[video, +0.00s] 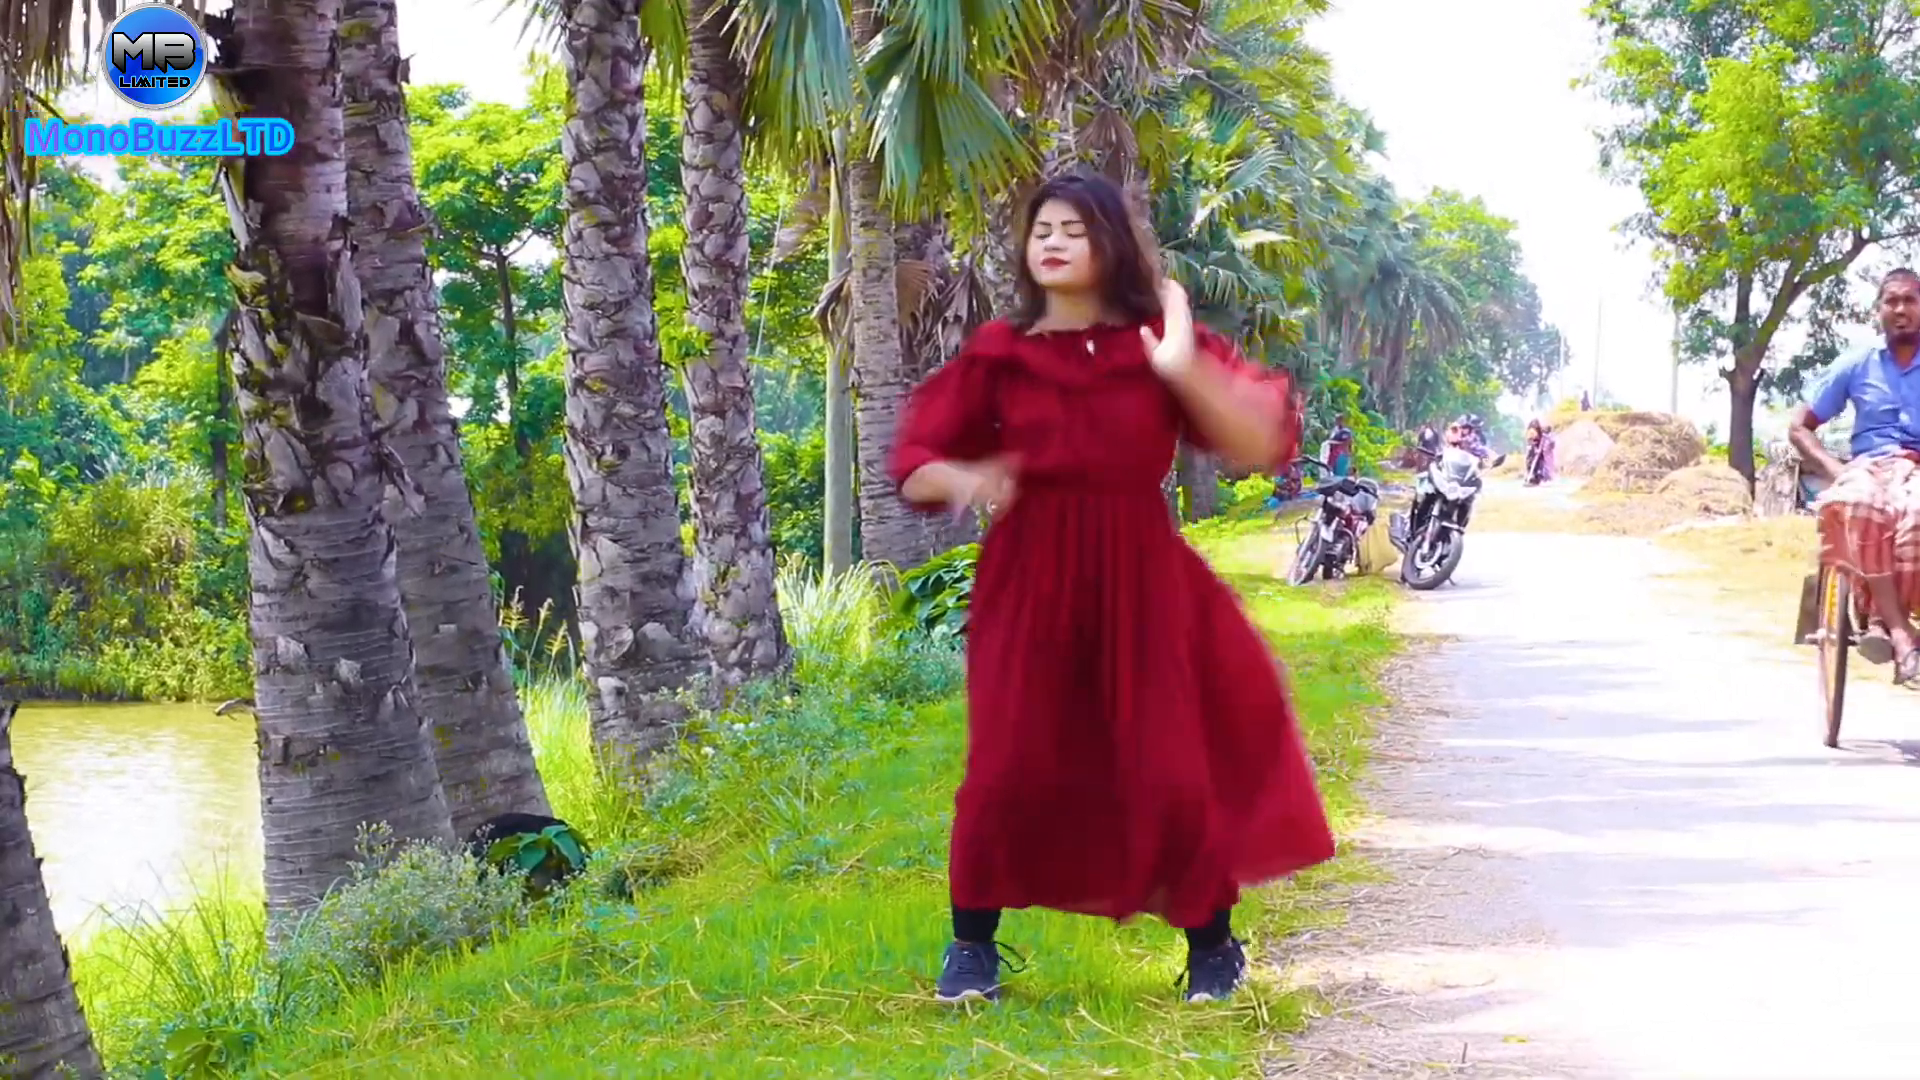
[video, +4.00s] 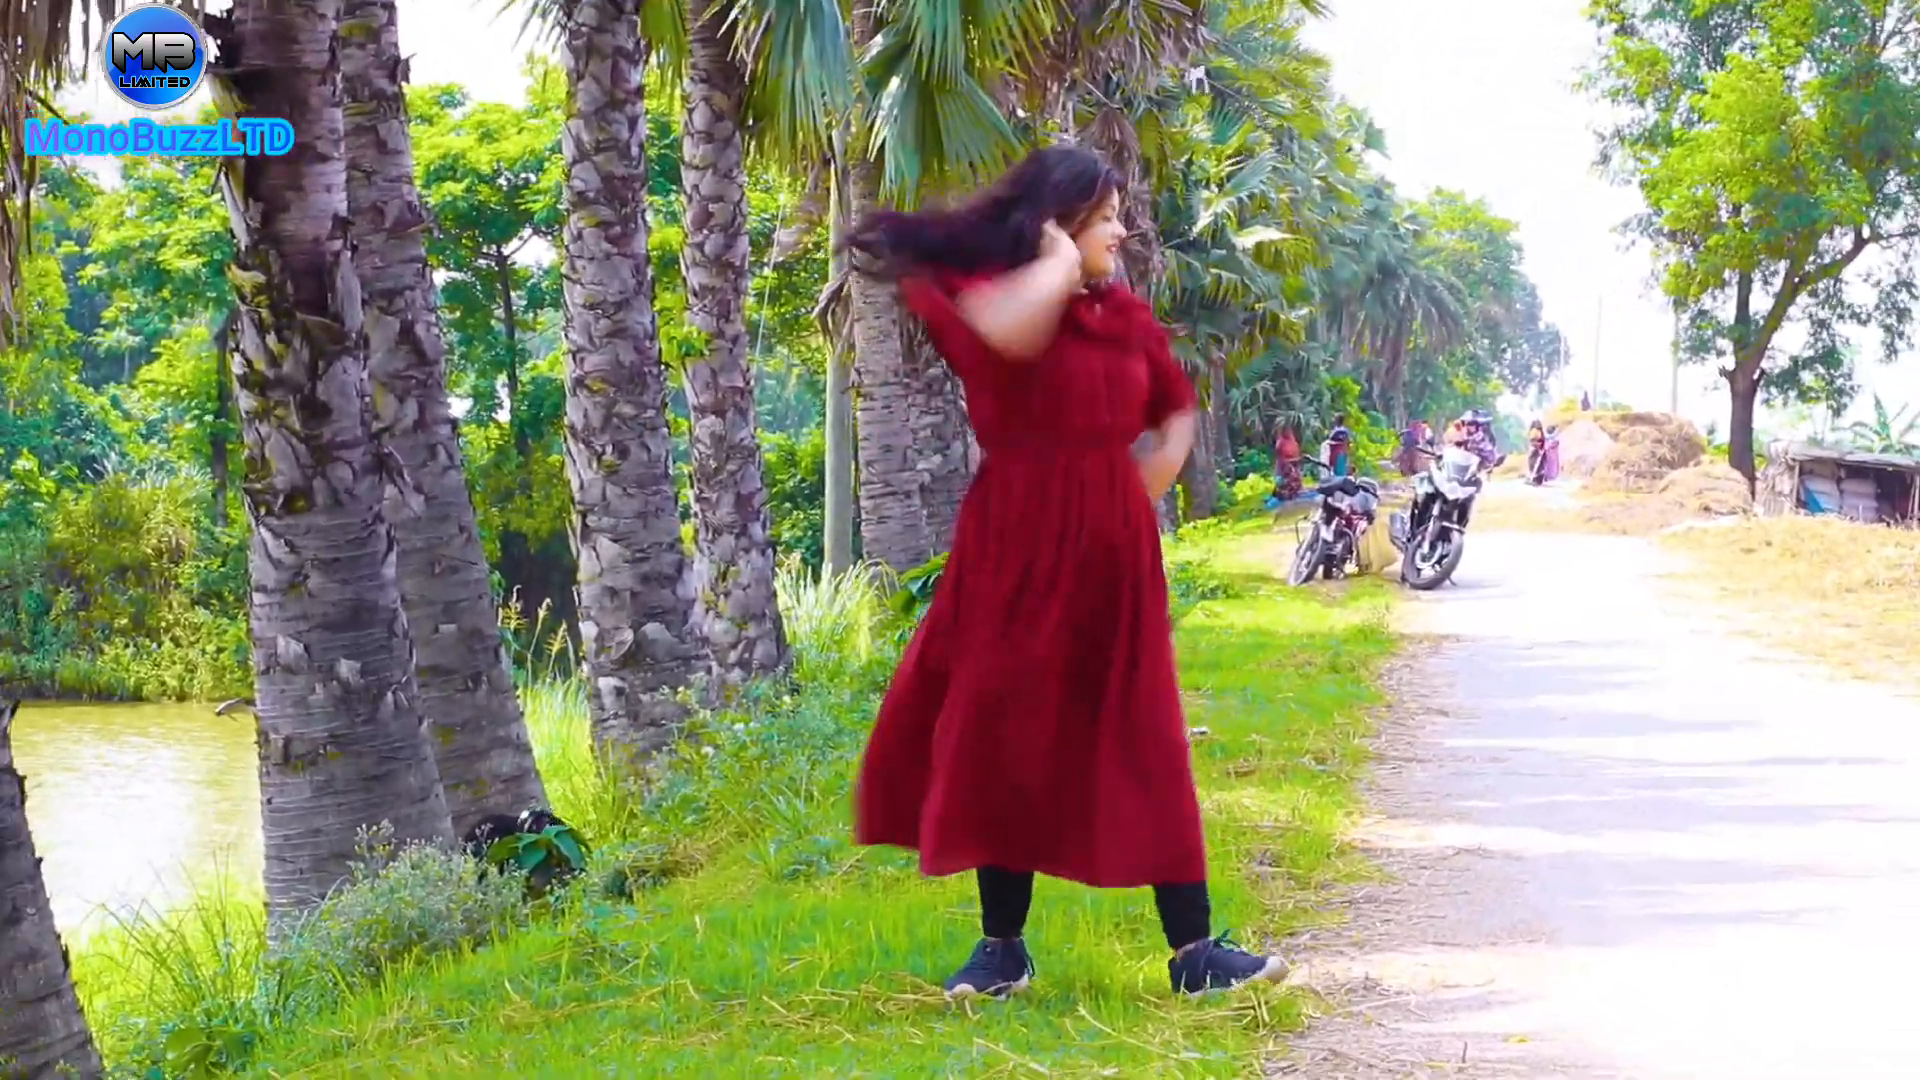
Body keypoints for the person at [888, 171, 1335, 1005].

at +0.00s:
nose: (1056, 243)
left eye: (1076, 230)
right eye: (1043, 231)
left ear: (1116, 248)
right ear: (1026, 251)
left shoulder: (1165, 345)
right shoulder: (998, 351)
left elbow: (1266, 439)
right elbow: (913, 463)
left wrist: (1184, 369)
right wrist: (965, 479)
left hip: (1141, 569)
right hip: (1030, 573)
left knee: (1170, 759)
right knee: (1002, 763)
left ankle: (1213, 948)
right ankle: (971, 948)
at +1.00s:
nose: (1137, 225)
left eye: (1156, 213)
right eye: (1125, 220)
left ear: (1199, 232)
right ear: (1115, 249)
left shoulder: (1248, 322)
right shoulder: (1092, 346)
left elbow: (1339, 397)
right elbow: (1049, 452)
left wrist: (1246, 335)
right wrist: (1044, 496)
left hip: (1211, 556)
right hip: (1101, 553)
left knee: (1213, 747)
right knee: (1034, 736)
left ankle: (1221, 955)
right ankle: (989, 928)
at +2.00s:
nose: (1133, 215)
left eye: (1139, 203)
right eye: (1116, 198)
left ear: (1142, 220)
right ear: (1060, 206)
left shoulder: (1162, 304)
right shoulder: (1008, 295)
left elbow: (1240, 387)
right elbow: (914, 301)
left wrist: (1216, 432)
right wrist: (1016, 255)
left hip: (1149, 533)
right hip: (1039, 532)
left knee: (1197, 721)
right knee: (1029, 729)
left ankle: (1210, 941)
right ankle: (1015, 949)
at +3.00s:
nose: (1141, 213)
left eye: (1159, 199)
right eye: (1144, 199)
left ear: (1210, 210)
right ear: (1164, 215)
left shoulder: (1249, 296)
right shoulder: (1144, 305)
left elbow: (1333, 276)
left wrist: (1232, 228)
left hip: (1225, 539)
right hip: (1134, 537)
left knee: (1231, 734)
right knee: (1100, 726)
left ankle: (1249, 957)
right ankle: (1055, 937)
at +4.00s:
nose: (1121, 236)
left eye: (1120, 220)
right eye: (1109, 221)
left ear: (1079, 229)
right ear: (1056, 226)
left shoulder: (1124, 310)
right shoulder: (974, 286)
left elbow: (1181, 412)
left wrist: (1140, 486)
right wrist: (1059, 255)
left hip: (1115, 537)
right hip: (1019, 535)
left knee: (1151, 734)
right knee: (1004, 732)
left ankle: (1194, 947)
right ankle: (1001, 946)